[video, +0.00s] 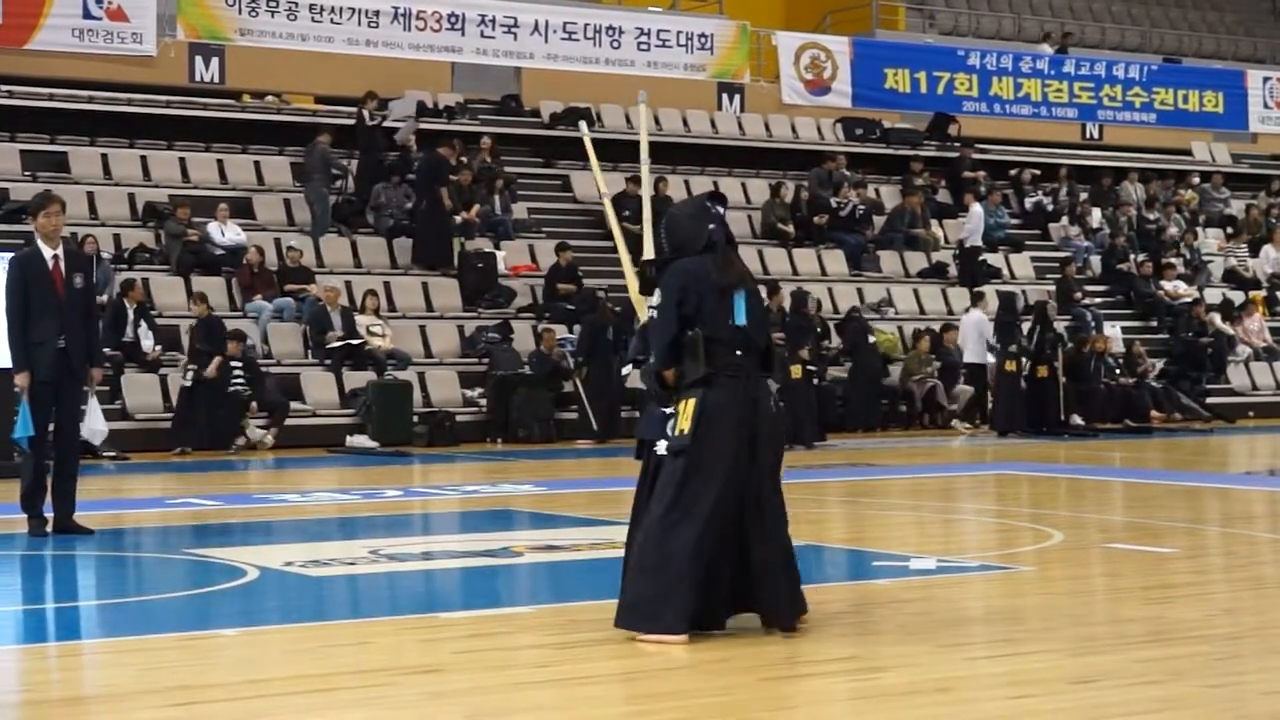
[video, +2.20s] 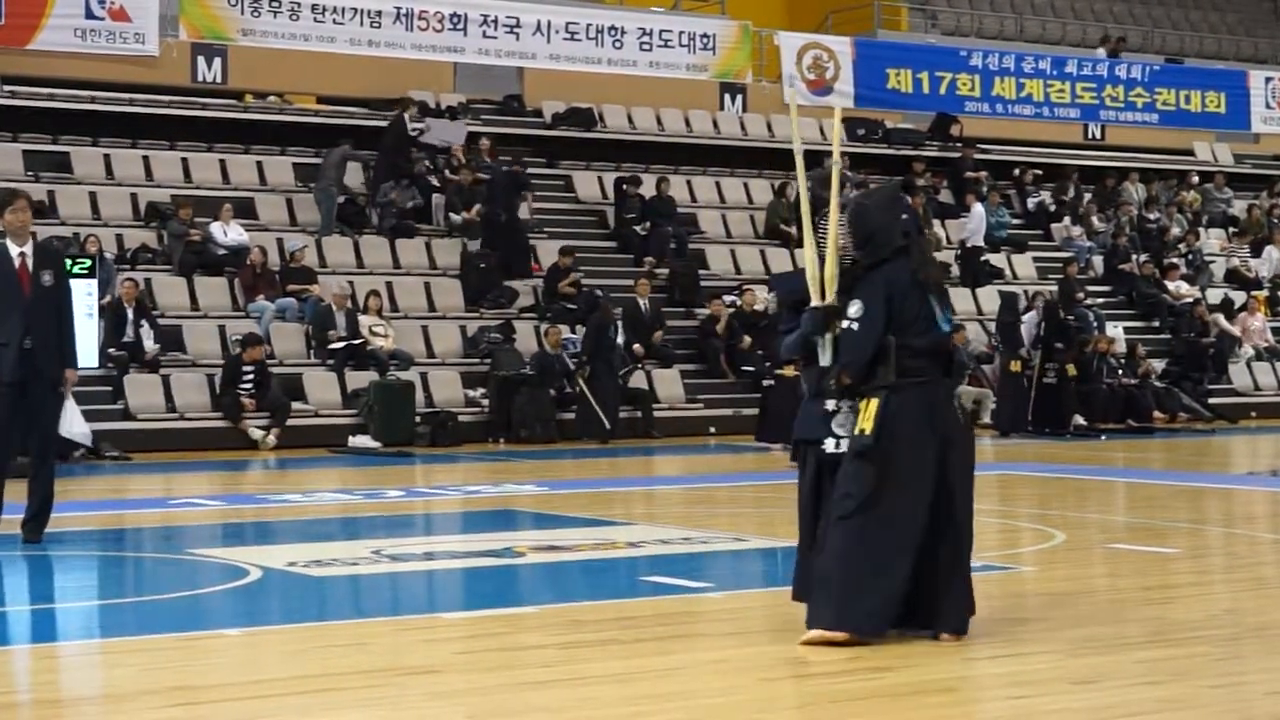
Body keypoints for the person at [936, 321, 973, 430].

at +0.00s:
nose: (955, 336)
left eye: (956, 333)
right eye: (952, 333)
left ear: (957, 334)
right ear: (945, 335)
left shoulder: (957, 348)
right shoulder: (941, 350)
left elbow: (960, 362)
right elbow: (953, 363)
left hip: (958, 381)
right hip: (946, 384)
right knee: (968, 391)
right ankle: (956, 416)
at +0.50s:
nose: (959, 338)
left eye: (959, 335)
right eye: (956, 335)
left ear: (960, 336)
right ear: (947, 336)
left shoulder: (957, 351)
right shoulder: (942, 351)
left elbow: (970, 358)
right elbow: (956, 363)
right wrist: (964, 363)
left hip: (962, 385)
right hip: (948, 386)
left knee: (985, 394)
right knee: (967, 392)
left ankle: (981, 420)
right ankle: (961, 421)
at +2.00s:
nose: (964, 336)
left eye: (963, 333)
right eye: (961, 333)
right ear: (952, 335)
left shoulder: (960, 350)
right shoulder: (948, 349)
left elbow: (972, 360)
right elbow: (959, 365)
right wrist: (968, 365)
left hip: (962, 385)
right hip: (949, 385)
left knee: (987, 393)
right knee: (968, 392)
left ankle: (984, 419)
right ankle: (962, 421)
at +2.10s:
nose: (964, 336)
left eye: (964, 333)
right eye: (961, 333)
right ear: (952, 334)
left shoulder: (961, 350)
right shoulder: (949, 349)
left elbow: (972, 362)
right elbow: (960, 365)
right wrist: (969, 365)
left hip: (962, 384)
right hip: (949, 384)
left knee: (987, 393)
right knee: (968, 391)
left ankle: (984, 419)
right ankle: (963, 420)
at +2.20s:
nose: (965, 337)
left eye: (965, 333)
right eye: (962, 333)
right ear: (954, 336)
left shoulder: (962, 350)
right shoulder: (953, 350)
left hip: (962, 385)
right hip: (952, 386)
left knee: (987, 394)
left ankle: (985, 420)